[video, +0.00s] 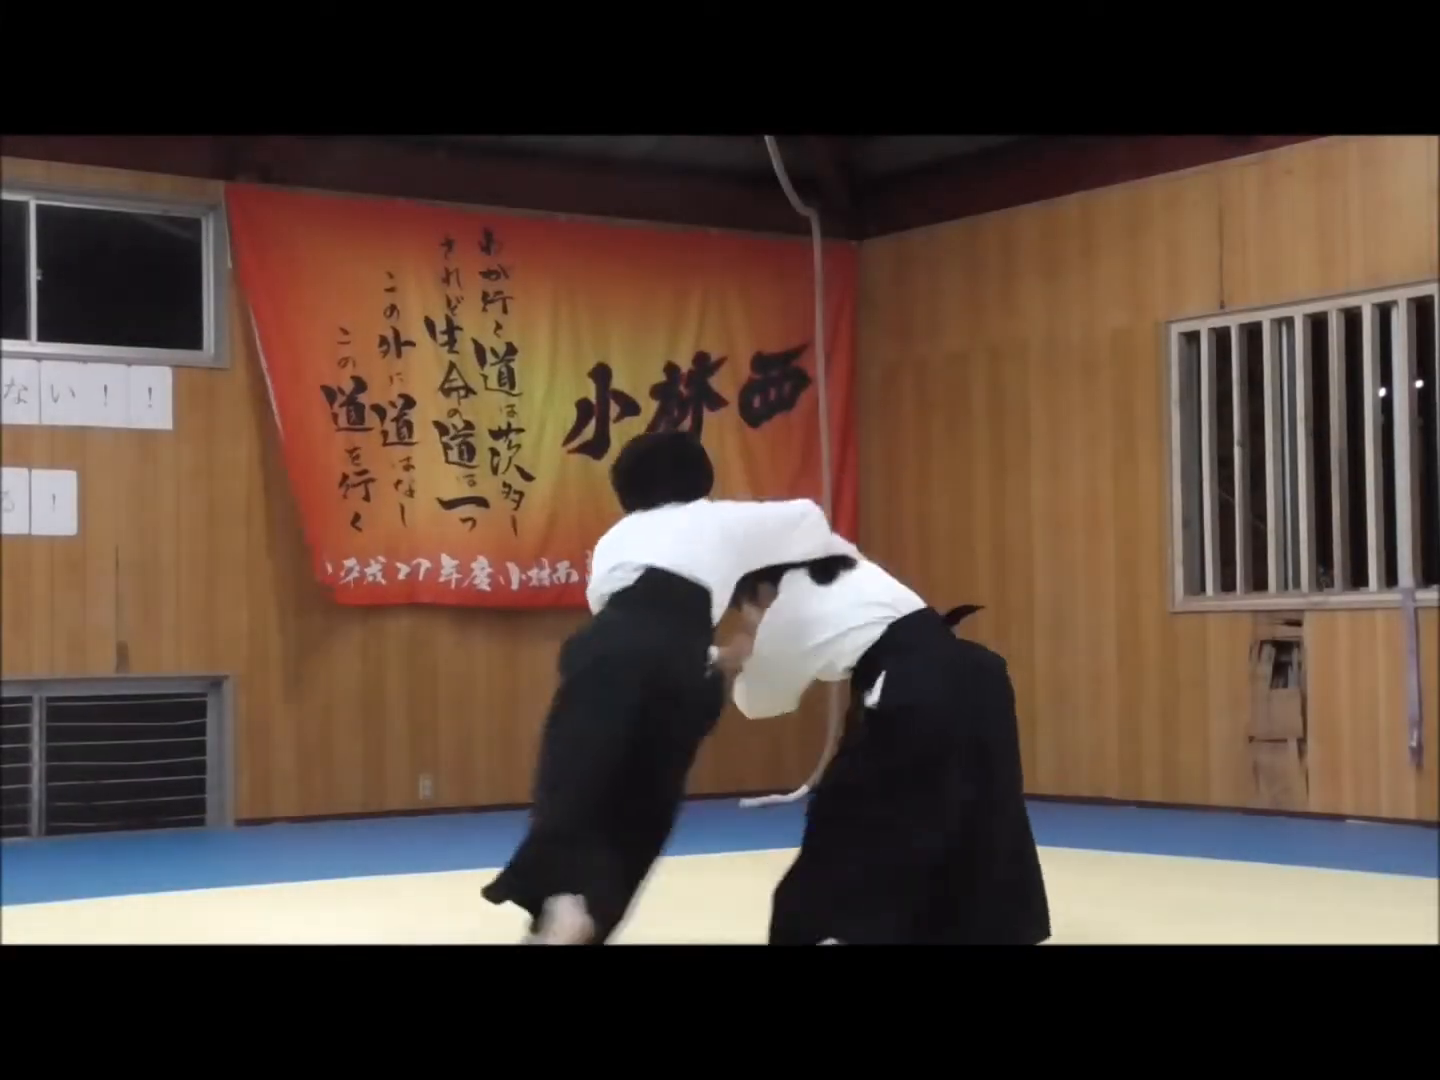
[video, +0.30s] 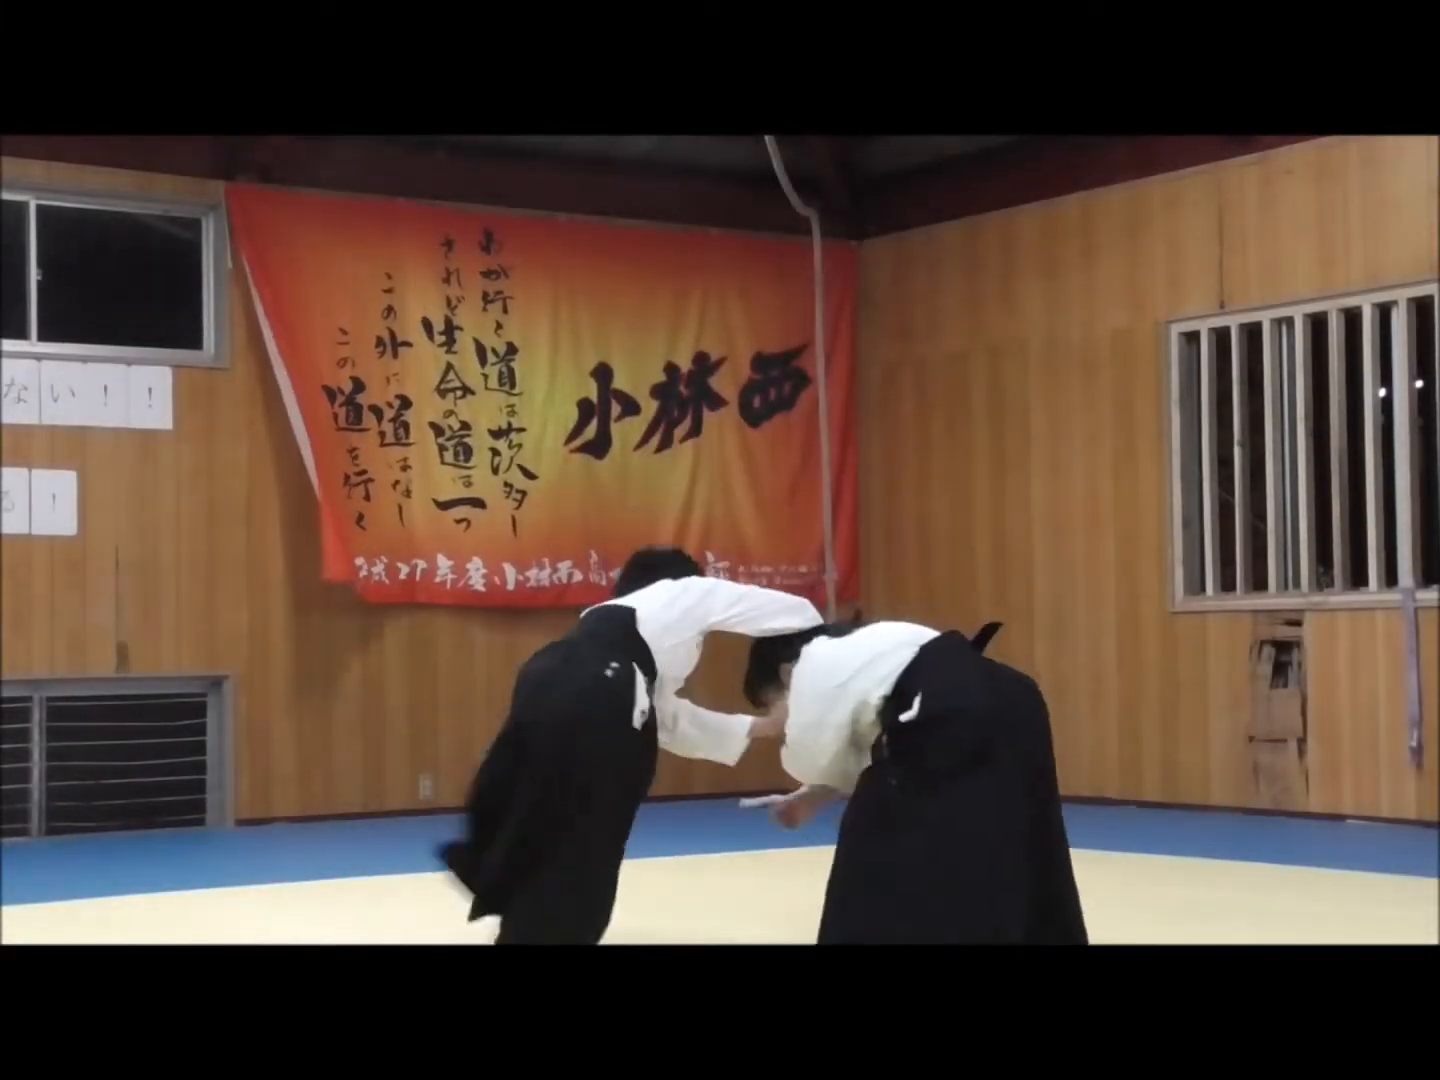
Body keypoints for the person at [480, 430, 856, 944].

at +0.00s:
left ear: (629, 492)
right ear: (702, 485)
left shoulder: (612, 539)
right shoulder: (722, 520)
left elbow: (626, 622)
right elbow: (807, 515)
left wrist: (721, 656)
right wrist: (835, 552)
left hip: (603, 662)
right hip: (683, 671)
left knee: (570, 781)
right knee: (644, 812)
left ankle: (565, 908)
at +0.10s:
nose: (703, 528)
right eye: (697, 520)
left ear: (616, 534)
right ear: (688, 529)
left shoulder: (604, 578)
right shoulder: (701, 561)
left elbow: (652, 657)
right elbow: (796, 555)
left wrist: (729, 687)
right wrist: (819, 593)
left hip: (565, 688)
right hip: (639, 711)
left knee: (508, 772)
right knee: (572, 834)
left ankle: (434, 882)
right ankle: (484, 930)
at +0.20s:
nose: (705, 564)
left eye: (701, 558)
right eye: (698, 557)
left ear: (621, 567)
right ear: (683, 559)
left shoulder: (611, 610)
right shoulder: (689, 579)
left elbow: (666, 698)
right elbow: (794, 590)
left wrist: (755, 717)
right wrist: (815, 654)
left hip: (551, 698)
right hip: (612, 710)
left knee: (482, 796)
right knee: (564, 846)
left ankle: (395, 895)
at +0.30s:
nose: (706, 595)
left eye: (705, 589)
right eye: (701, 586)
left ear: (633, 587)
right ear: (686, 582)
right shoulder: (686, 591)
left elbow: (677, 721)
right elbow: (787, 609)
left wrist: (759, 728)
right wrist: (824, 630)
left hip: (544, 687)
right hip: (605, 693)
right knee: (591, 841)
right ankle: (562, 930)